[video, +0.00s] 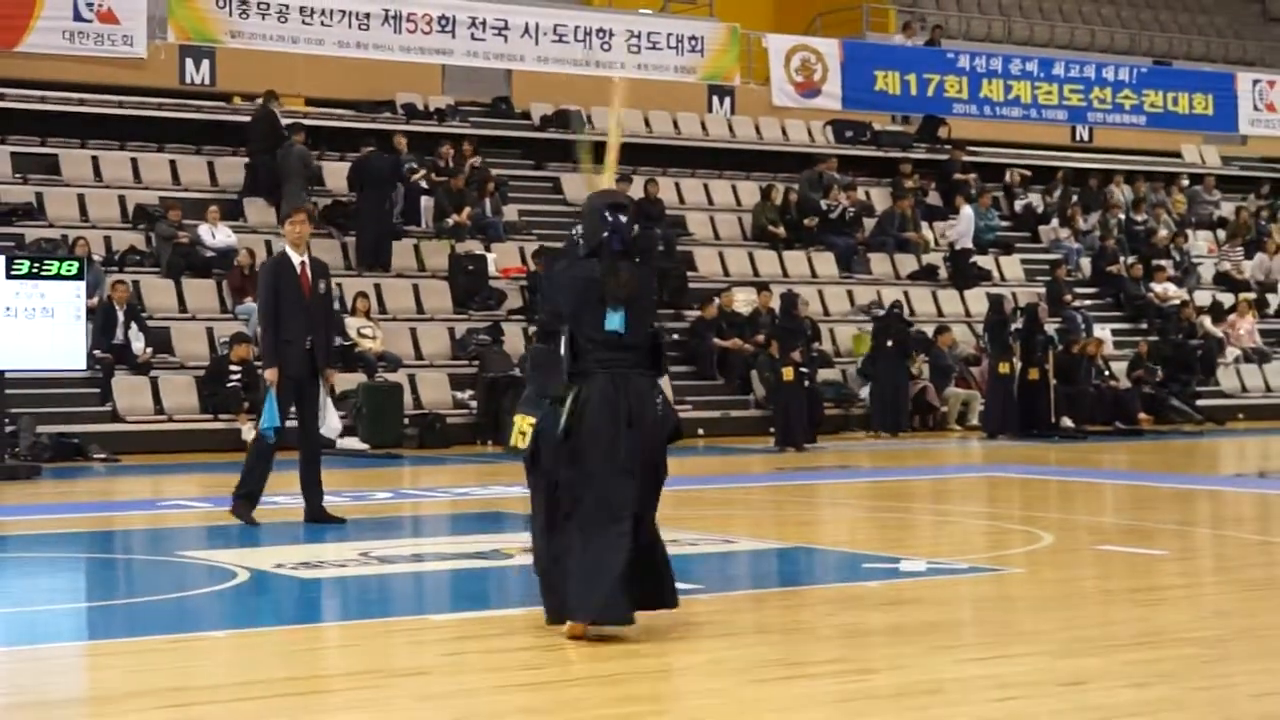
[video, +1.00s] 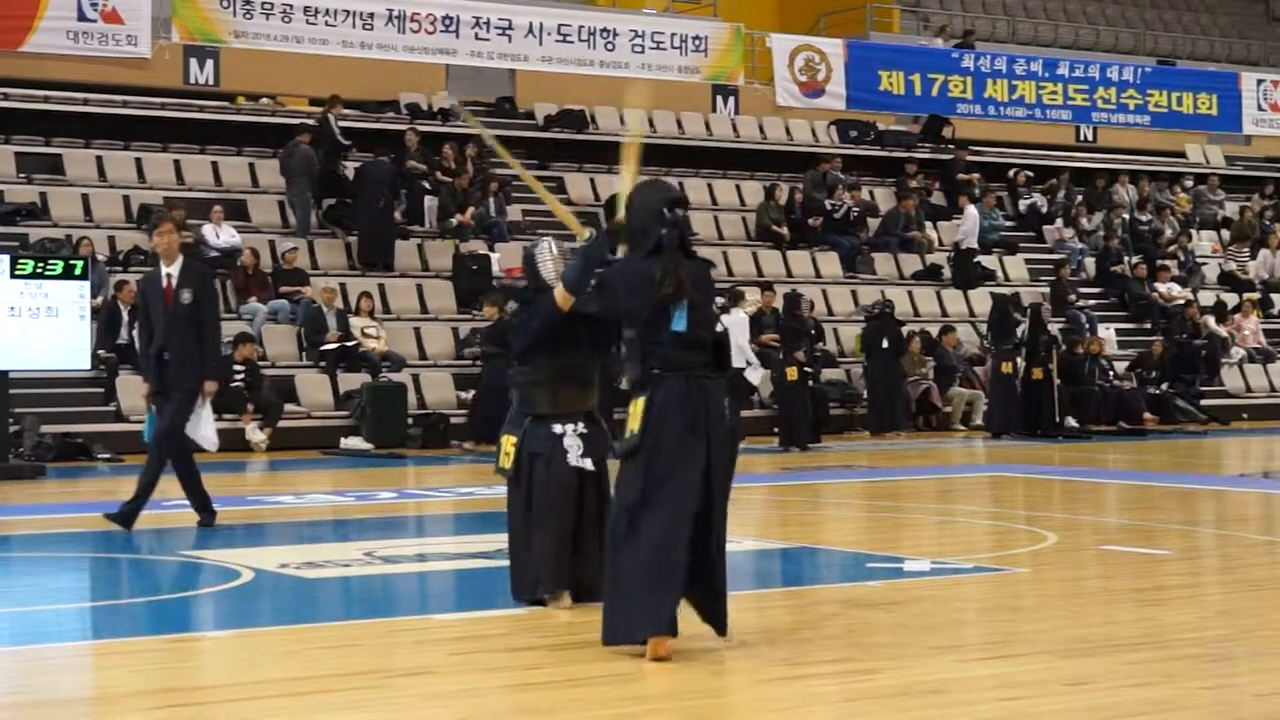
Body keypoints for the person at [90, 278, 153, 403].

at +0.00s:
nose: (121, 295)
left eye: (124, 291)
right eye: (118, 291)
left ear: (129, 294)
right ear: (112, 293)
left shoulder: (132, 308)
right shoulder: (104, 308)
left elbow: (145, 329)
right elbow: (97, 330)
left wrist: (148, 350)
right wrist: (97, 351)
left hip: (124, 347)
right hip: (106, 348)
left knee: (143, 365)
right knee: (108, 363)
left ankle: (138, 399)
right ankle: (106, 399)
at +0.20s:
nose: (129, 295)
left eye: (130, 292)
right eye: (126, 292)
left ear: (132, 294)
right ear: (116, 294)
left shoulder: (134, 309)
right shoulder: (107, 308)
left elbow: (147, 329)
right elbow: (100, 331)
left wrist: (151, 350)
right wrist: (100, 350)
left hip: (127, 348)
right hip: (108, 349)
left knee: (146, 366)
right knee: (110, 364)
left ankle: (138, 402)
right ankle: (110, 400)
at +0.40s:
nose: (129, 295)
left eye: (130, 292)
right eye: (125, 292)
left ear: (131, 293)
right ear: (115, 294)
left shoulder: (133, 309)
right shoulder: (106, 308)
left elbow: (146, 329)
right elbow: (99, 330)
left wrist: (150, 350)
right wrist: (99, 351)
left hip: (126, 347)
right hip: (108, 348)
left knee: (146, 366)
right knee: (110, 363)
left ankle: (139, 401)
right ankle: (109, 399)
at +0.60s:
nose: (130, 295)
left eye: (130, 292)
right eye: (127, 291)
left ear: (131, 293)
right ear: (116, 294)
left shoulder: (133, 308)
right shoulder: (106, 308)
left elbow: (146, 329)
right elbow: (99, 330)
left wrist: (150, 351)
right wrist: (99, 351)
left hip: (125, 347)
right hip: (108, 348)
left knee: (145, 366)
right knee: (110, 363)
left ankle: (139, 401)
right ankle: (109, 400)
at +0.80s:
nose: (131, 295)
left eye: (131, 292)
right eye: (127, 291)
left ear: (132, 293)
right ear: (117, 294)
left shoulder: (134, 309)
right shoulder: (107, 308)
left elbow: (148, 329)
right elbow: (100, 330)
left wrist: (151, 350)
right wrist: (100, 350)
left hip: (127, 347)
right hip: (109, 348)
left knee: (146, 365)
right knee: (111, 363)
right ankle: (110, 398)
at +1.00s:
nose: (133, 295)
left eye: (133, 291)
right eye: (129, 292)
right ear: (119, 294)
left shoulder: (136, 309)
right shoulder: (108, 307)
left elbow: (141, 330)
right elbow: (102, 329)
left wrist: (143, 349)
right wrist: (101, 349)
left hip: (129, 346)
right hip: (112, 347)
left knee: (142, 365)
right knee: (112, 364)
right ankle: (110, 399)